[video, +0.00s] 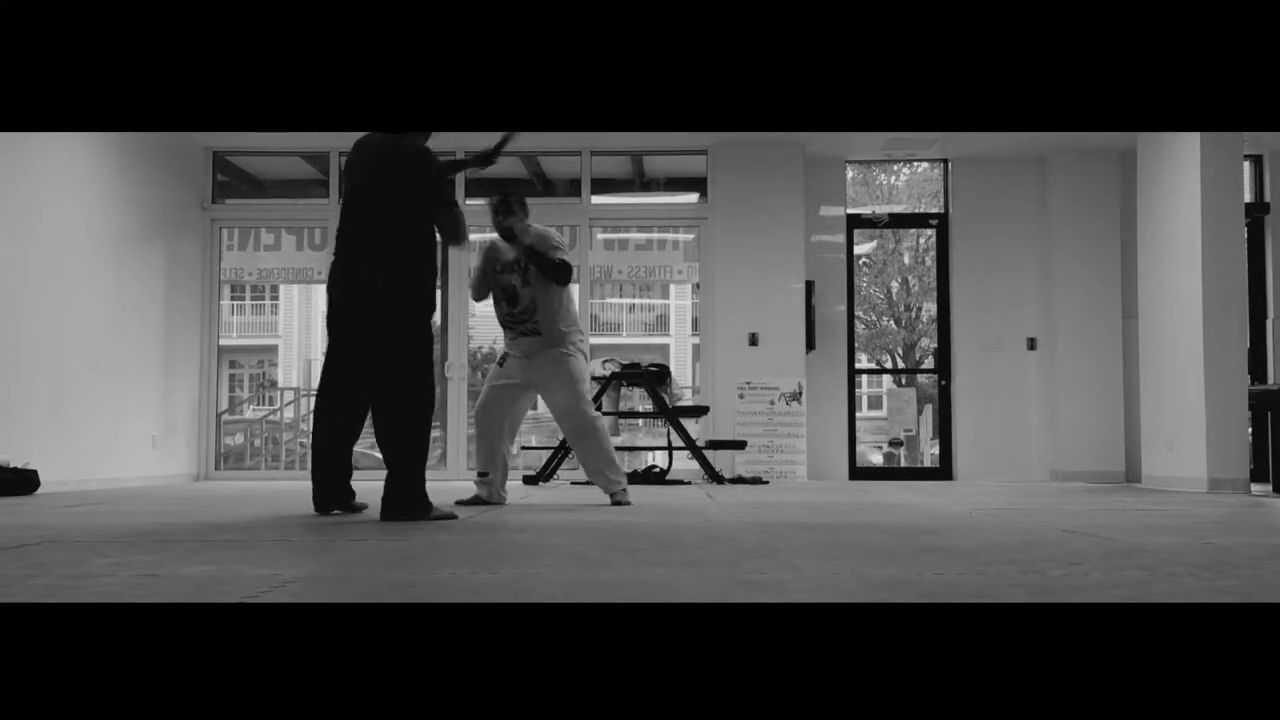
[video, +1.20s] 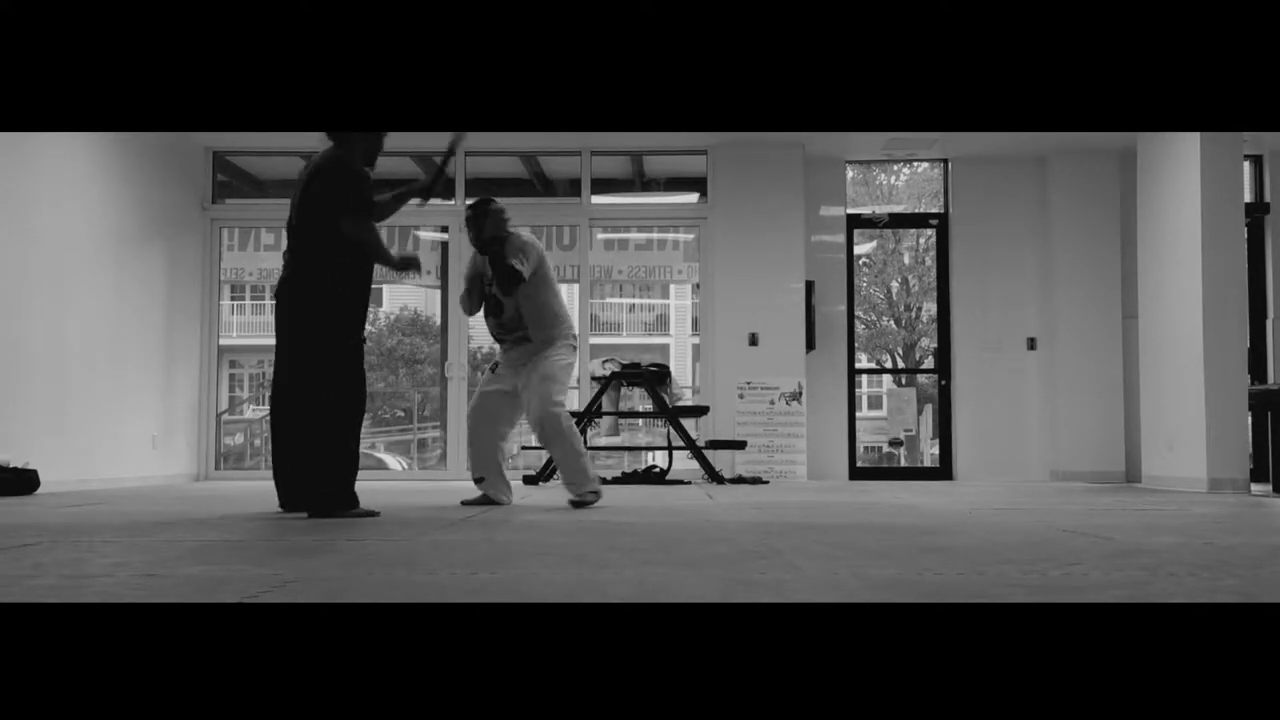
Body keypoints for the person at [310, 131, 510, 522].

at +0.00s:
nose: (432, 137)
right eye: (432, 135)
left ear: (390, 127)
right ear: (426, 132)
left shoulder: (364, 149)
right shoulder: (421, 160)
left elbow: (412, 174)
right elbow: (456, 233)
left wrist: (467, 163)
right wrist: (440, 189)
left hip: (351, 295)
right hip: (402, 300)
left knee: (342, 392)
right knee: (408, 396)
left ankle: (330, 493)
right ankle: (406, 501)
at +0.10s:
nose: (422, 140)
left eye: (421, 137)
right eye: (422, 137)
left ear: (381, 129)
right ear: (415, 135)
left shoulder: (353, 156)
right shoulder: (414, 167)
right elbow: (442, 231)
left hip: (343, 298)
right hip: (391, 303)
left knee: (341, 394)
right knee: (407, 397)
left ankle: (327, 495)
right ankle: (406, 501)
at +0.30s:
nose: (412, 143)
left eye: (411, 139)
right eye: (411, 138)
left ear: (370, 129)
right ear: (404, 136)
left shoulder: (336, 160)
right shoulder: (399, 167)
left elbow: (334, 219)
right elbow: (418, 222)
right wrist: (434, 262)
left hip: (325, 294)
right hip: (370, 299)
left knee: (326, 391)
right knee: (374, 391)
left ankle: (323, 496)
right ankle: (346, 493)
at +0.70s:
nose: (393, 143)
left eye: (392, 138)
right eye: (391, 137)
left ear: (359, 130)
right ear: (379, 134)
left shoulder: (347, 162)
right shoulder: (355, 162)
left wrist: (448, 215)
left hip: (324, 297)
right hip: (332, 299)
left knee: (331, 395)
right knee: (339, 395)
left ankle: (330, 498)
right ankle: (333, 500)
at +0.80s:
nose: (394, 141)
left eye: (395, 136)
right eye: (393, 135)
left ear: (363, 132)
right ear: (379, 133)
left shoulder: (366, 166)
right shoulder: (350, 165)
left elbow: (408, 207)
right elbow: (357, 234)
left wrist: (456, 240)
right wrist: (388, 227)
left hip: (337, 301)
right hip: (324, 301)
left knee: (342, 392)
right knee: (343, 392)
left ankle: (333, 498)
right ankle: (332, 500)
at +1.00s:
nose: (393, 146)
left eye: (393, 140)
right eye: (390, 138)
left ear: (364, 135)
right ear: (372, 135)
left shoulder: (355, 171)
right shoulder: (343, 168)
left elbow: (394, 227)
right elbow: (373, 235)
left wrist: (426, 193)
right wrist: (388, 228)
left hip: (339, 305)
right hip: (325, 305)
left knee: (338, 399)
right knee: (334, 399)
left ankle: (328, 497)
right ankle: (329, 499)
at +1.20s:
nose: (380, 147)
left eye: (381, 140)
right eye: (377, 139)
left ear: (341, 138)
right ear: (360, 138)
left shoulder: (324, 167)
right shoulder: (348, 172)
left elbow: (370, 212)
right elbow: (360, 231)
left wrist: (410, 193)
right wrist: (393, 261)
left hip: (304, 304)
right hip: (331, 308)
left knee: (304, 395)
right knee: (341, 397)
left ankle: (300, 494)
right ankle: (333, 499)